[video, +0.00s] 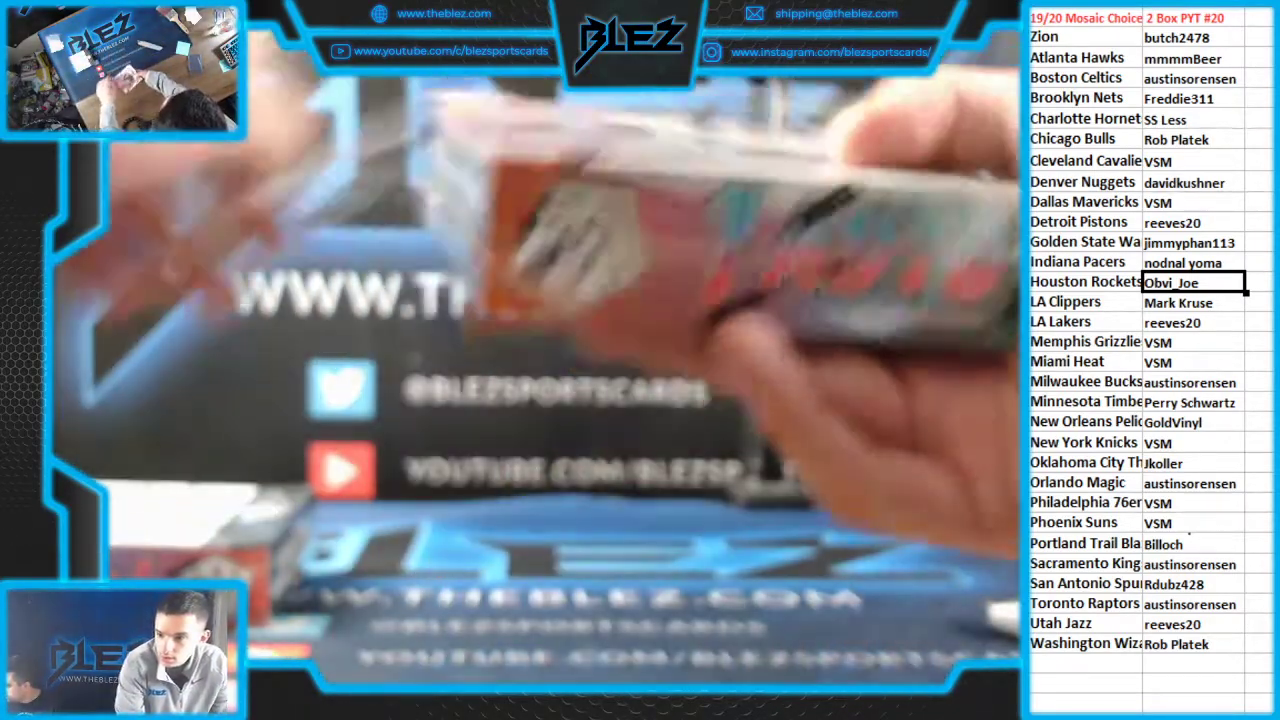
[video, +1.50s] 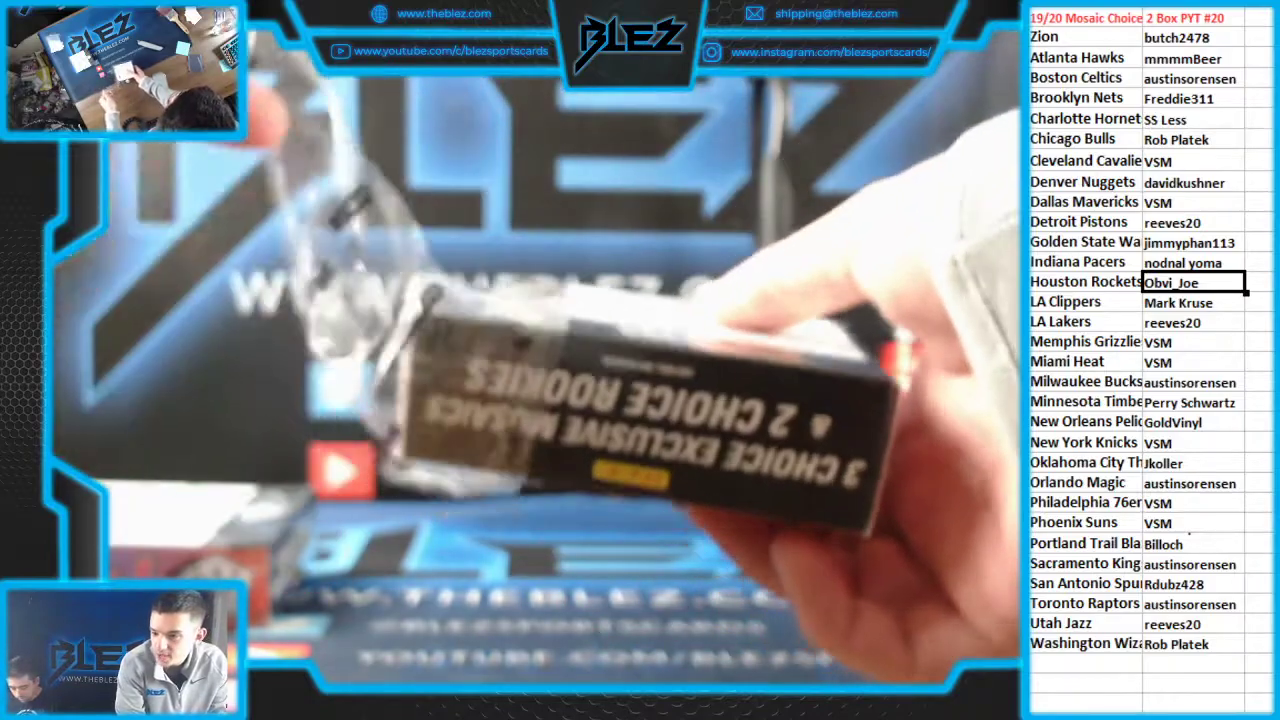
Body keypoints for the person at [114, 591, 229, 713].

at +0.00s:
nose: (167, 649)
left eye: (179, 638)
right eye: (160, 635)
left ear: (203, 638)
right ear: (154, 629)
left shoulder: (215, 661)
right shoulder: (136, 662)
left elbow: (218, 713)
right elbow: (128, 714)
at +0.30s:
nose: (168, 648)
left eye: (180, 637)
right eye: (161, 635)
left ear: (205, 638)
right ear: (155, 630)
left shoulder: (216, 660)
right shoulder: (137, 662)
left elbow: (219, 712)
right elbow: (131, 714)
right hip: (157, 712)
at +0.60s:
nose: (167, 646)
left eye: (179, 635)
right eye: (160, 632)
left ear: (204, 636)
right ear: (154, 628)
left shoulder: (217, 661)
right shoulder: (136, 662)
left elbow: (219, 713)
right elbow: (128, 714)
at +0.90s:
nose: (166, 644)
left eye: (178, 634)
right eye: (159, 631)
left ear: (203, 634)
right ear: (154, 628)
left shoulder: (217, 661)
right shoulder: (135, 662)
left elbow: (219, 713)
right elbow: (128, 714)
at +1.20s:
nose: (163, 645)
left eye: (175, 636)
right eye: (156, 633)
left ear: (201, 635)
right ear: (151, 629)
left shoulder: (216, 661)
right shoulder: (134, 662)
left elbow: (219, 713)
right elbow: (129, 714)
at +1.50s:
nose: (161, 646)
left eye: (173, 636)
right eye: (154, 634)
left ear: (199, 636)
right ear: (150, 629)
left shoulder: (215, 661)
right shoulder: (133, 663)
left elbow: (217, 713)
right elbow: (129, 714)